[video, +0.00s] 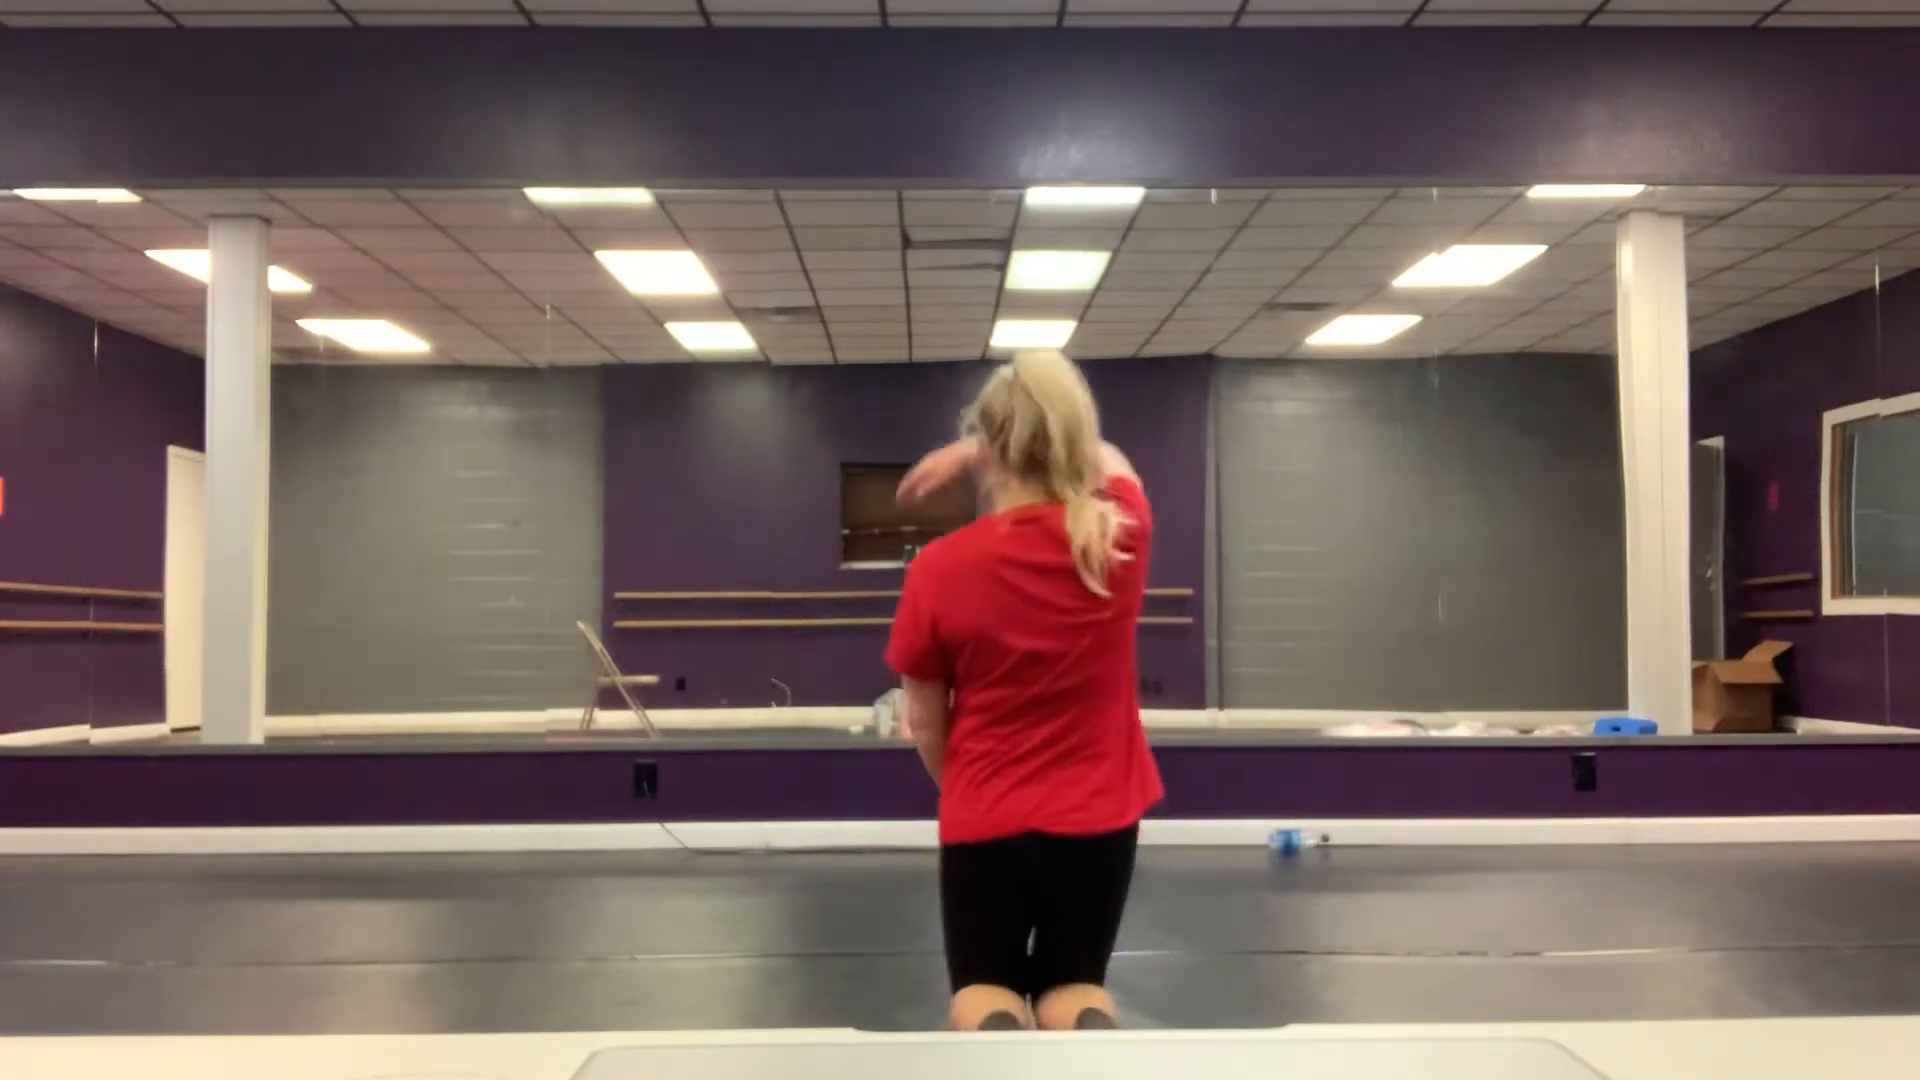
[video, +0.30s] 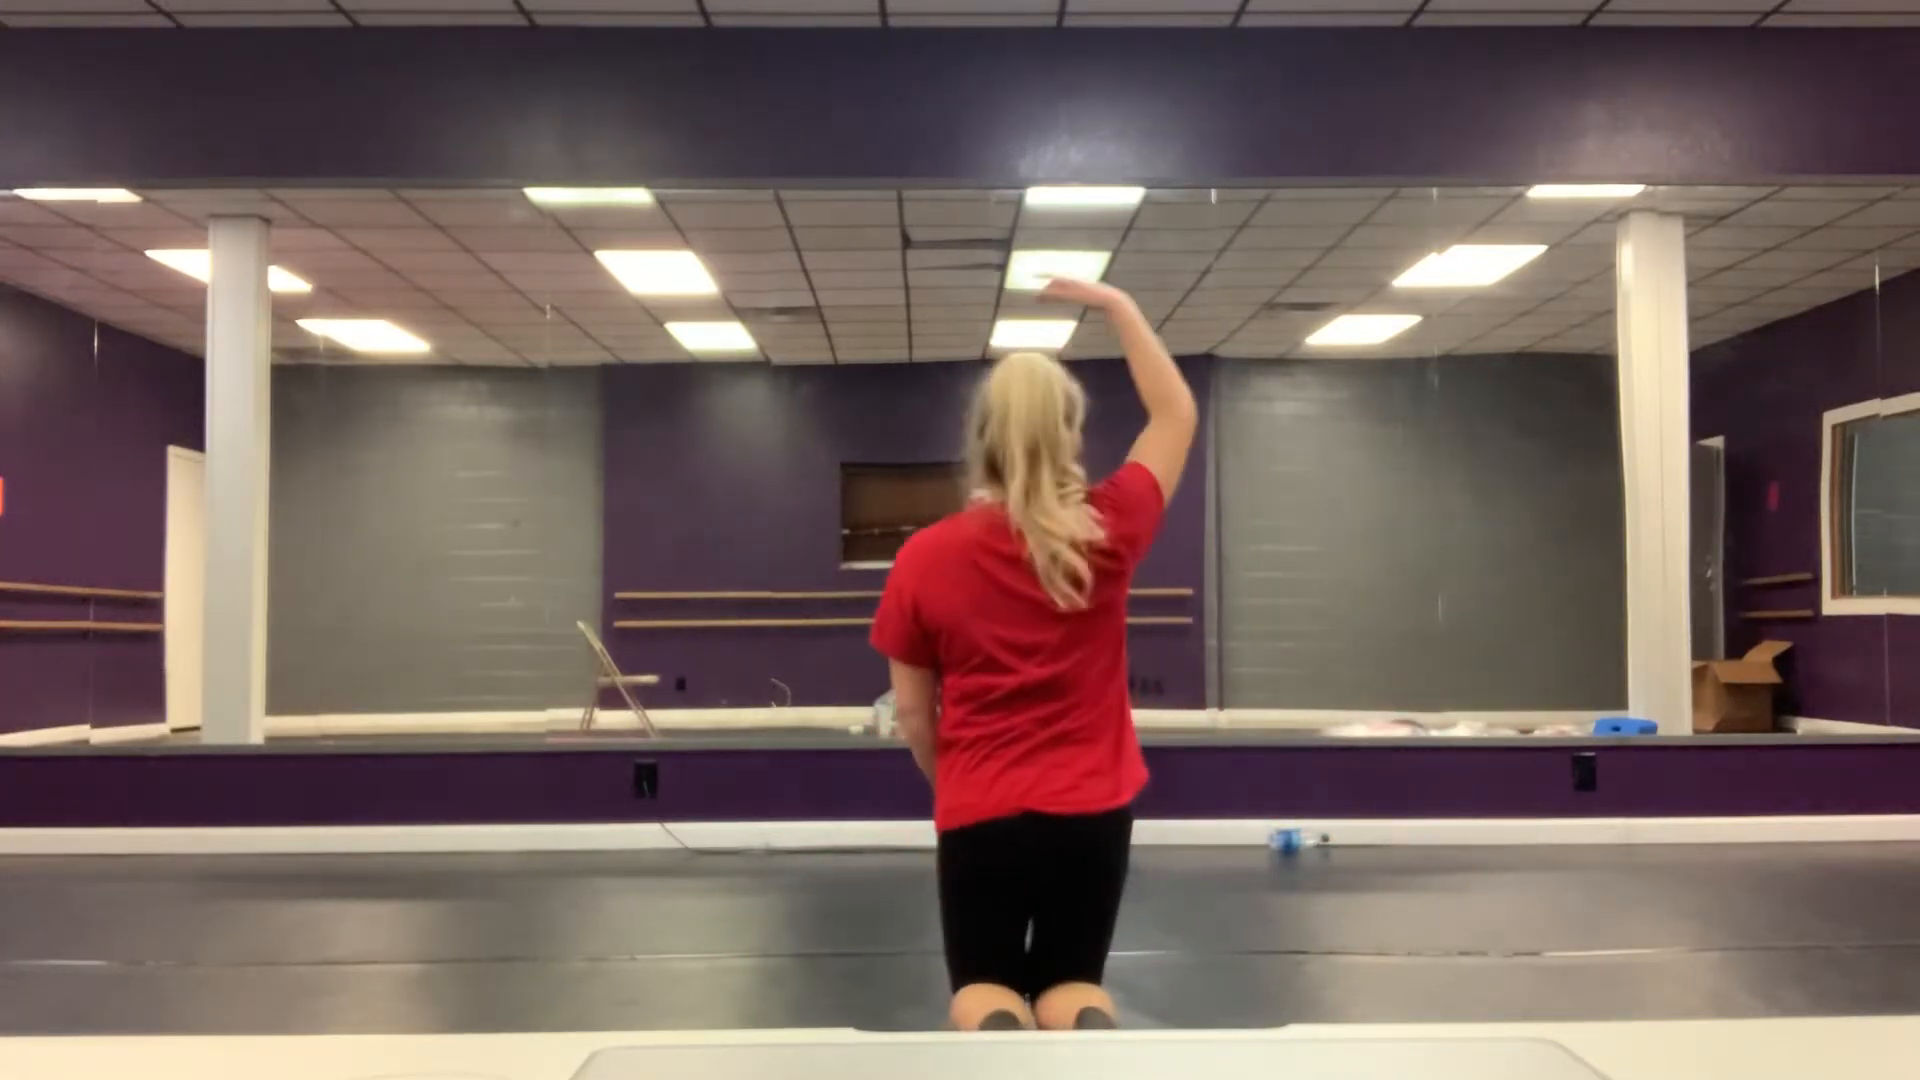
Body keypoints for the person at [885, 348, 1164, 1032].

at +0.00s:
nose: (979, 448)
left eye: (983, 438)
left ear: (995, 450)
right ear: (1075, 441)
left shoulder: (941, 566)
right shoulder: (1121, 532)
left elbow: (924, 724)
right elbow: (1092, 448)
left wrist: (968, 790)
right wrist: (975, 448)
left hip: (987, 815)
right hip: (1101, 813)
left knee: (985, 981)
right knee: (1073, 980)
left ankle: (1002, 1040)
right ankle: (1093, 1040)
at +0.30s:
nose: (1076, 433)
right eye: (1071, 420)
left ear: (981, 436)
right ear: (1070, 433)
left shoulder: (927, 557)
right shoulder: (1105, 528)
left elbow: (915, 718)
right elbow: (1175, 413)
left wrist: (959, 797)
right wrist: (1118, 301)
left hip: (980, 811)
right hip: (1090, 808)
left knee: (985, 982)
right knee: (1071, 978)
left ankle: (1003, 1034)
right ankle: (1092, 1030)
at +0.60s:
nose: (1107, 463)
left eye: (1104, 447)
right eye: (1098, 449)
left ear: (1003, 453)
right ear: (1061, 456)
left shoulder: (927, 566)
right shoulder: (1114, 550)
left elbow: (905, 723)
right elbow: (1243, 466)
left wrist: (957, 802)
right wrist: (1271, 333)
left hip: (977, 819)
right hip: (1095, 814)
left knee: (982, 981)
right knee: (1072, 979)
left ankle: (1009, 1045)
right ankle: (1094, 1040)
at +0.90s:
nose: (1122, 503)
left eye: (1122, 486)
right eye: (1117, 487)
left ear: (1021, 486)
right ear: (1078, 491)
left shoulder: (933, 592)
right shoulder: (1117, 589)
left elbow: (893, 743)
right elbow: (1279, 565)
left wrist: (950, 826)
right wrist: (1384, 457)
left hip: (971, 856)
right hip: (1093, 852)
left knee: (979, 996)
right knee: (1076, 992)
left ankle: (1001, 1048)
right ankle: (1097, 1042)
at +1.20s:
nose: (1127, 549)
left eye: (1128, 530)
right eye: (1121, 529)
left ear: (1023, 522)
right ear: (1080, 527)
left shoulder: (933, 626)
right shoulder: (1120, 631)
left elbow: (888, 776)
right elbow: (1285, 664)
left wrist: (945, 852)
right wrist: (1432, 620)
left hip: (967, 901)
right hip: (1094, 902)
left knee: (974, 1013)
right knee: (1084, 1002)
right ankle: (1091, 1027)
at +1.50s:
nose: (1131, 574)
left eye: (1131, 554)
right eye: (1127, 555)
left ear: (1024, 544)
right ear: (1093, 550)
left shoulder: (930, 649)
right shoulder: (1119, 656)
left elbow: (880, 799)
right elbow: (1270, 739)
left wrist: (945, 874)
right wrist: (1430, 758)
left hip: (965, 942)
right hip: (1091, 943)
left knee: (968, 1022)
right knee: (1085, 1020)